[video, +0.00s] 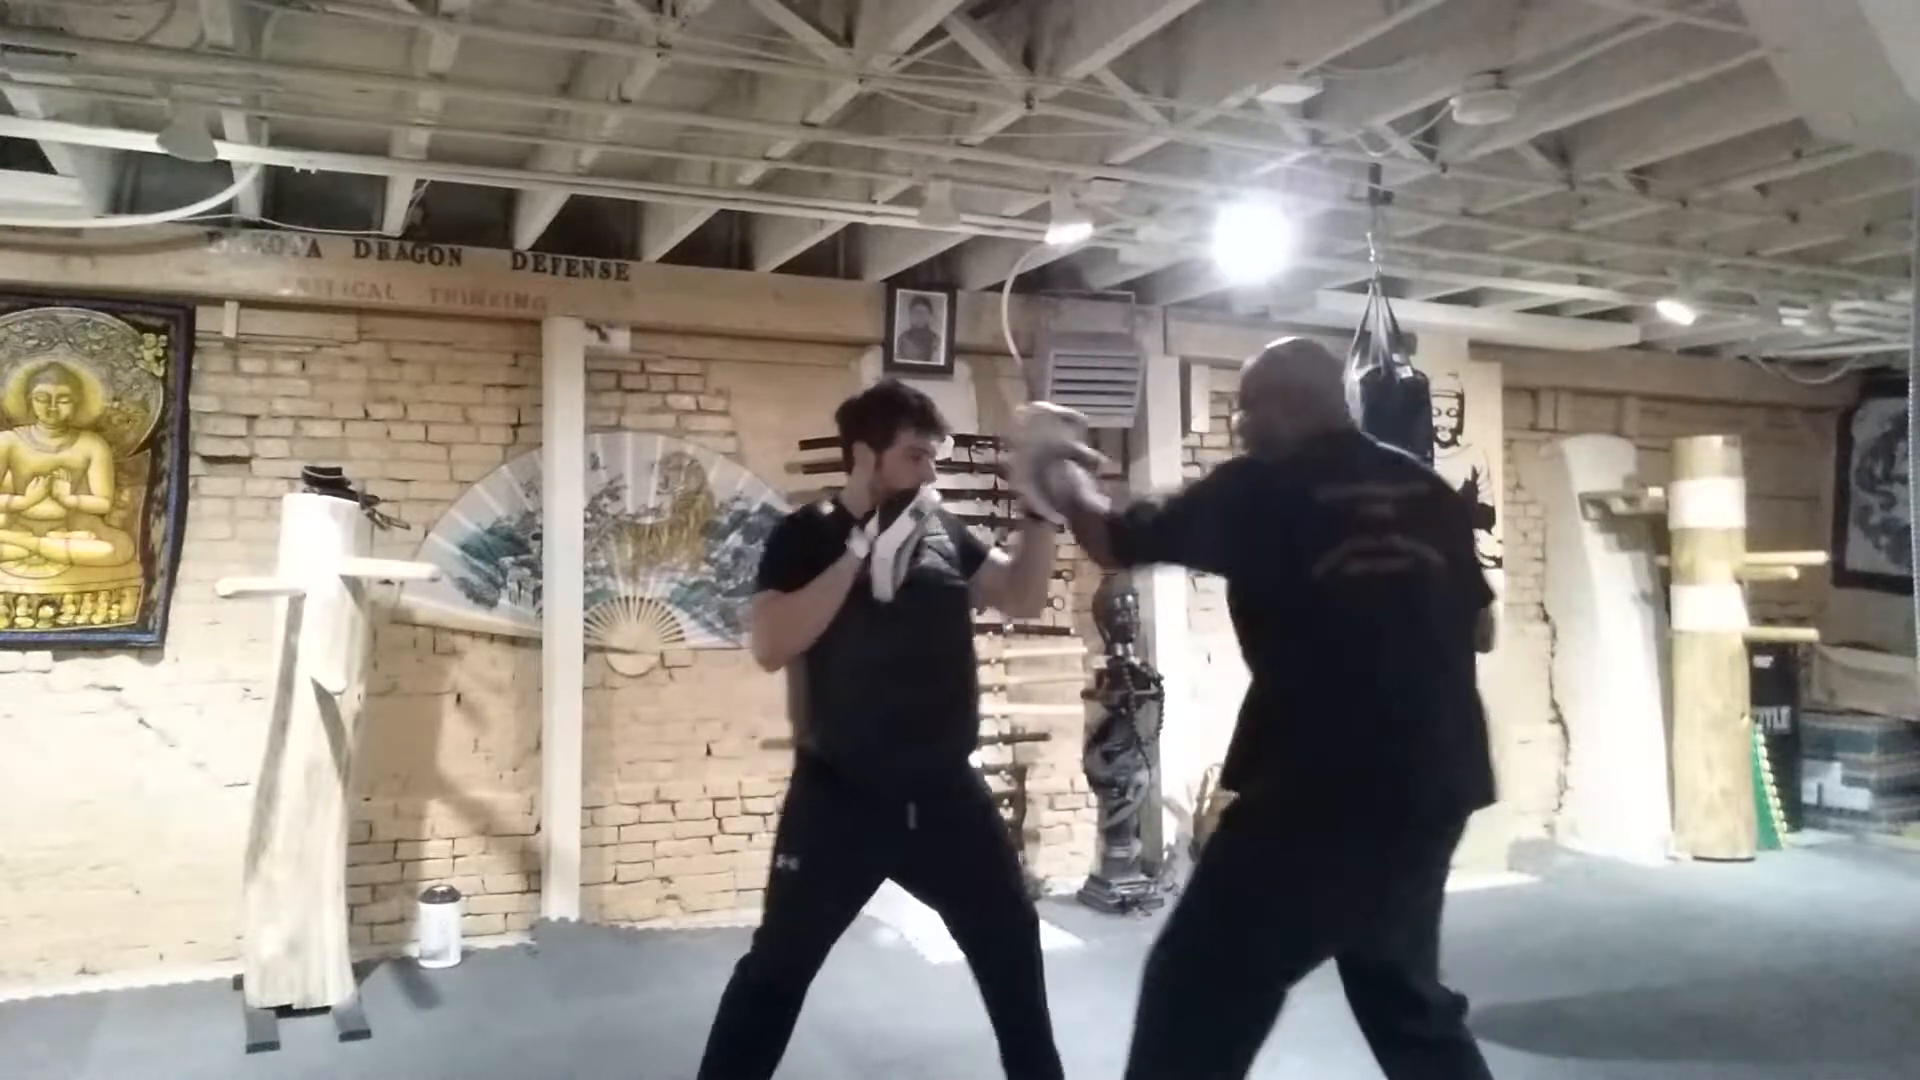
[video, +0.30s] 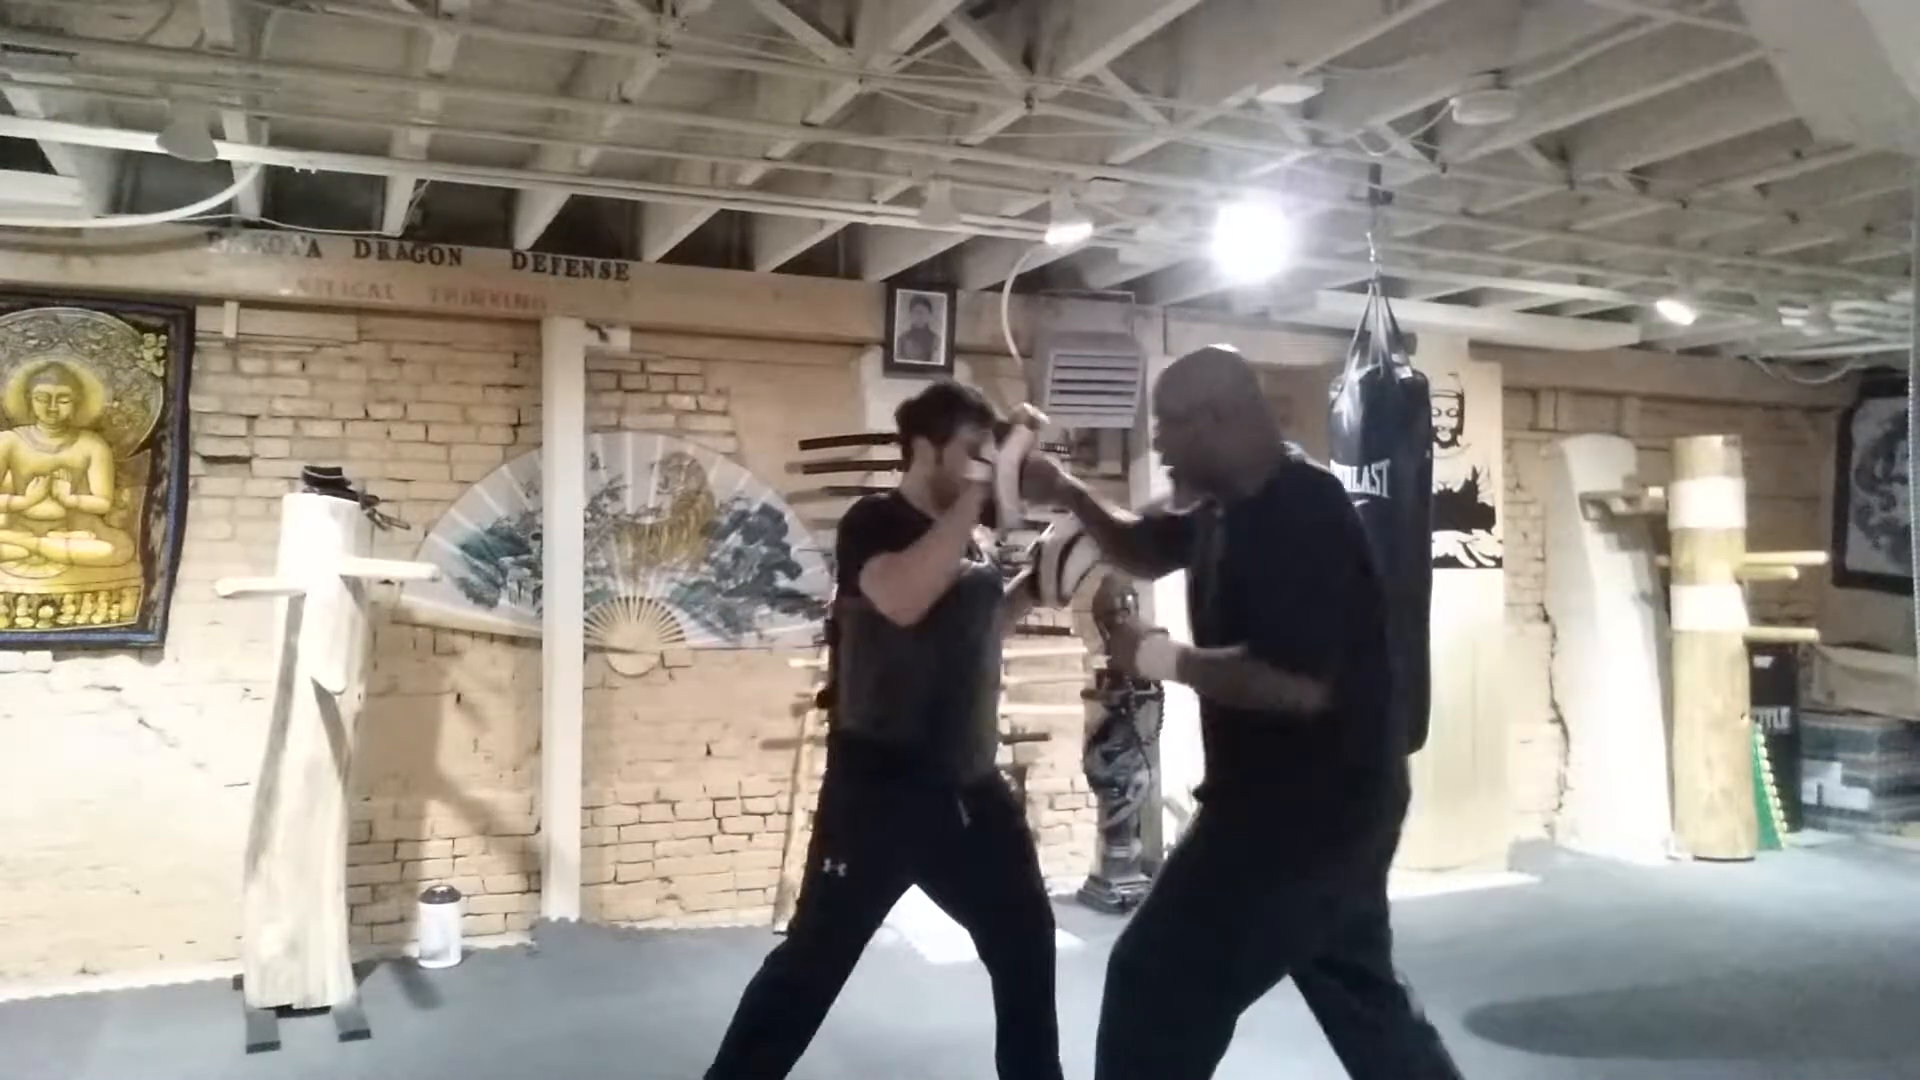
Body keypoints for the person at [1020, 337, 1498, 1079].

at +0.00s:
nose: (1239, 424)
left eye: (1247, 407)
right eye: (1240, 407)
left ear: (1281, 408)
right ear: (1340, 404)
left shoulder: (1259, 488)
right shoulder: (1429, 491)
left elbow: (1114, 540)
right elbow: (1479, 627)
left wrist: (1051, 467)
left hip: (1306, 803)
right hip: (1428, 798)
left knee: (1189, 1018)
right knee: (1409, 1007)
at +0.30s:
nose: (1157, 444)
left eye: (1169, 423)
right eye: (1157, 425)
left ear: (1221, 418)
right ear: (1223, 419)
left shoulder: (1303, 508)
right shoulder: (1226, 513)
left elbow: (1302, 682)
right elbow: (1142, 550)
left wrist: (1168, 659)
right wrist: (1060, 487)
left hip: (1289, 819)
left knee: (1154, 986)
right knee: (1368, 1014)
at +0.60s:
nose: (1145, 448)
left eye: (1155, 430)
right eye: (1144, 432)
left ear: (1204, 423)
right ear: (1220, 424)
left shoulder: (1240, 506)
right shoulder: (1291, 492)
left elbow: (1167, 653)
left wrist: (1114, 599)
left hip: (1254, 813)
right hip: (1335, 803)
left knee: (1127, 979)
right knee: (1311, 991)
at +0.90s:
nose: (1139, 484)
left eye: (1142, 467)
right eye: (1137, 469)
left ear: (1170, 458)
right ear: (1223, 452)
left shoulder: (1156, 545)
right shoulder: (1330, 520)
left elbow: (1056, 660)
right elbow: (1421, 640)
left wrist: (995, 634)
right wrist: (1342, 693)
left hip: (1231, 811)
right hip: (1356, 802)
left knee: (1128, 990)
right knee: (1334, 986)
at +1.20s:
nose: (1058, 476)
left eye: (1066, 452)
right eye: (1054, 457)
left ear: (1118, 438)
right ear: (1124, 441)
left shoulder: (1196, 514)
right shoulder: (1151, 528)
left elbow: (1190, 658)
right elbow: (1121, 638)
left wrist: (1057, 626)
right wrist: (1009, 622)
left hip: (1251, 804)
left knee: (1108, 984)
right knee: (1266, 976)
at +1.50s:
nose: (1129, 445)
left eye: (1138, 428)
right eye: (1129, 428)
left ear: (1167, 432)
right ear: (1216, 432)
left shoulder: (1155, 512)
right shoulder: (1274, 508)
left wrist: (1021, 551)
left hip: (1188, 810)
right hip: (1298, 799)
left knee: (1090, 1011)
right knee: (1267, 968)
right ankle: (1315, 1075)